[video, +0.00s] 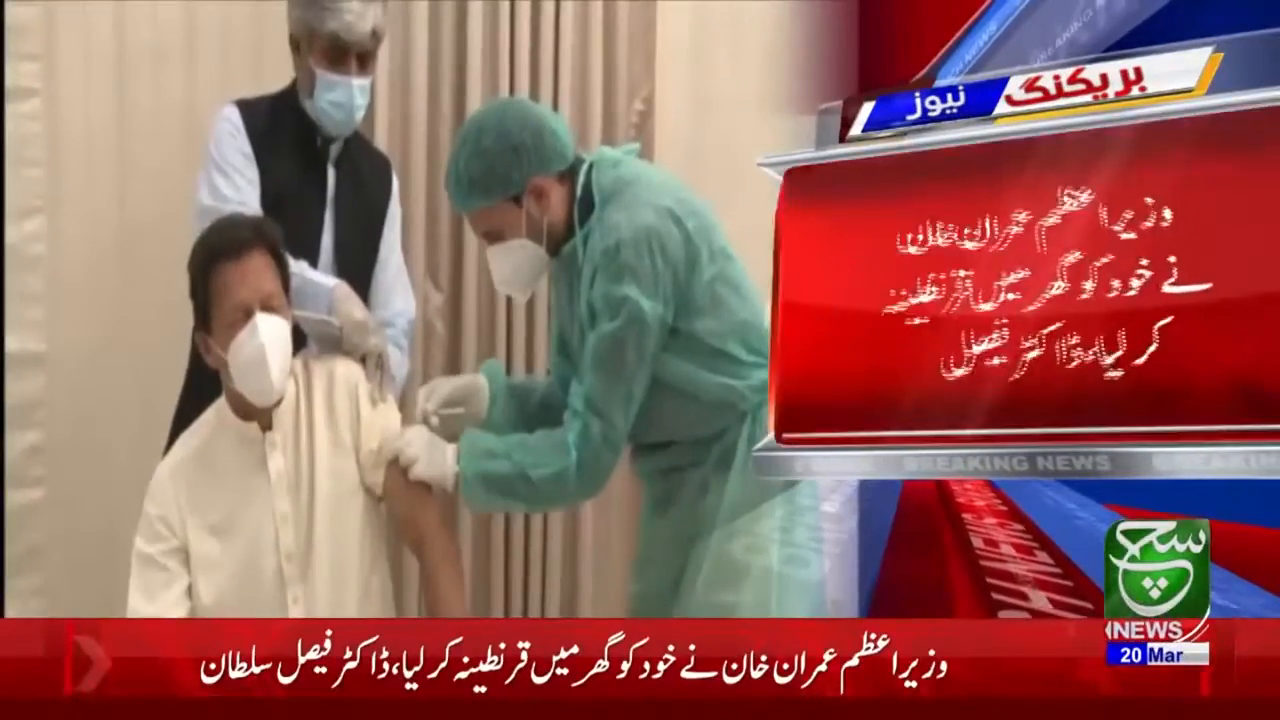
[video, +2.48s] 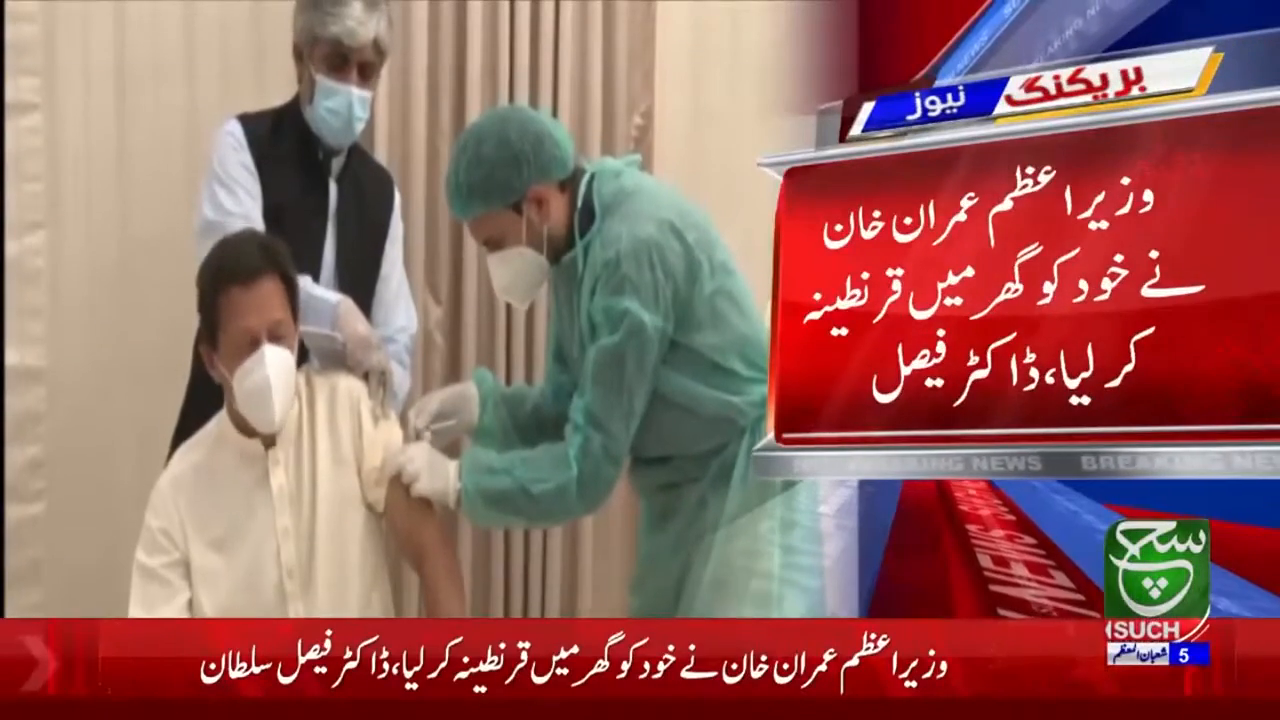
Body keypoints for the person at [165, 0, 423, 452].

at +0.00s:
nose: (351, 78)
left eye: (364, 61)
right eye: (334, 58)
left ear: (376, 60)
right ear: (298, 51)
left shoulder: (377, 171)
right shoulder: (242, 127)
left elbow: (393, 303)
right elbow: (230, 249)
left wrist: (375, 385)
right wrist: (333, 299)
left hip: (333, 398)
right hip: (238, 383)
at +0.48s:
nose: (351, 78)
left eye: (364, 61)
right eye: (334, 58)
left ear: (377, 62)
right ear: (299, 52)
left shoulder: (378, 173)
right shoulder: (242, 129)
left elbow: (394, 306)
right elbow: (232, 252)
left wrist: (375, 390)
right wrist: (336, 299)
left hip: (332, 400)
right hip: (237, 385)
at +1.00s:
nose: (350, 81)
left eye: (364, 65)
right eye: (335, 61)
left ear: (378, 67)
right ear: (300, 52)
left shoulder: (379, 177)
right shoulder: (244, 133)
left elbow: (395, 312)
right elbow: (235, 258)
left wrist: (377, 399)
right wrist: (335, 304)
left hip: (336, 402)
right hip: (240, 386)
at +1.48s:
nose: (352, 83)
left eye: (366, 67)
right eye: (337, 62)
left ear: (381, 68)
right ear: (301, 53)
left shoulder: (379, 179)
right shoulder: (244, 135)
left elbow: (396, 316)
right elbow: (235, 260)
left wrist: (378, 400)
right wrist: (335, 306)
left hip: (337, 406)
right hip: (241, 390)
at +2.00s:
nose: (351, 83)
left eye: (366, 68)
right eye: (336, 62)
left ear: (381, 69)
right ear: (302, 53)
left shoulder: (380, 180)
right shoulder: (244, 137)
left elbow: (395, 314)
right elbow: (233, 261)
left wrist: (378, 404)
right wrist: (334, 306)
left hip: (335, 407)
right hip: (240, 392)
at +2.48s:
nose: (351, 86)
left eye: (366, 71)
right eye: (335, 64)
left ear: (380, 74)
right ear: (301, 57)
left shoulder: (379, 186)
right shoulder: (245, 141)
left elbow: (395, 322)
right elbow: (231, 268)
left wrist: (378, 410)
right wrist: (334, 311)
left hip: (335, 415)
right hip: (239, 397)